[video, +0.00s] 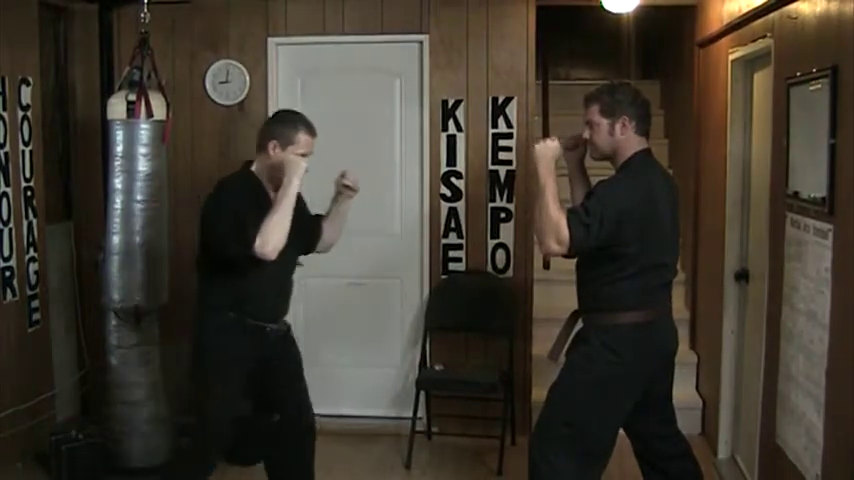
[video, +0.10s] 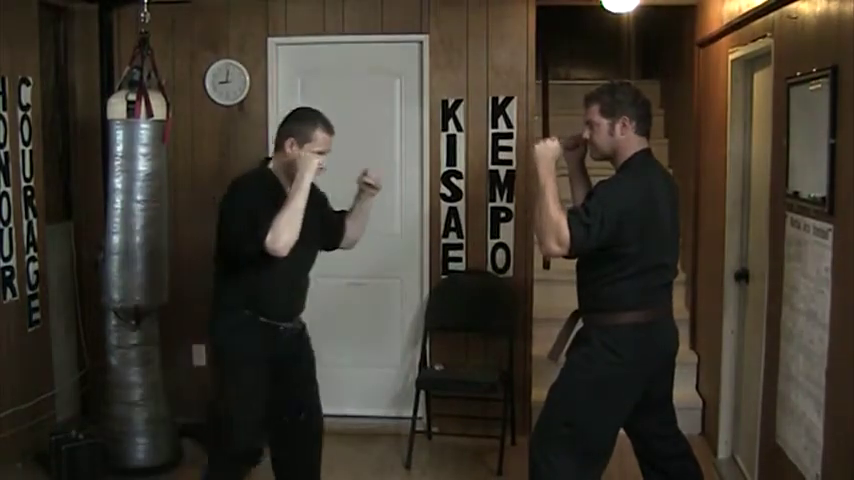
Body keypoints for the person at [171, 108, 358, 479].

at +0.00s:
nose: (304, 165)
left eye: (308, 156)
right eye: (301, 154)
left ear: (279, 152)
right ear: (273, 149)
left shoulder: (282, 196)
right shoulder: (231, 192)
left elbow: (318, 241)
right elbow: (267, 247)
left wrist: (341, 201)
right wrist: (290, 182)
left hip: (274, 336)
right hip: (228, 336)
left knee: (297, 430)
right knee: (214, 433)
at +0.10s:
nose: (322, 163)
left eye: (325, 155)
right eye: (318, 153)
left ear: (294, 149)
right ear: (289, 147)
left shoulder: (307, 195)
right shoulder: (247, 190)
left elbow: (342, 237)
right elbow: (278, 244)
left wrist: (364, 199)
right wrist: (303, 178)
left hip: (290, 335)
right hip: (244, 336)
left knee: (302, 438)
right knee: (239, 444)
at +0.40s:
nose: (359, 164)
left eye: (361, 155)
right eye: (352, 155)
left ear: (331, 151)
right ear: (323, 149)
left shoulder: (342, 195)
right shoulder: (281, 195)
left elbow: (371, 247)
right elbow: (304, 250)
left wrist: (395, 210)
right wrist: (328, 183)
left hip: (340, 335)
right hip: (292, 336)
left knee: (379, 419)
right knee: (310, 437)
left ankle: (347, 478)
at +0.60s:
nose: (403, 166)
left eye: (405, 157)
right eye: (397, 156)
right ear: (367, 150)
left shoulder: (391, 200)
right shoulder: (322, 195)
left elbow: (420, 242)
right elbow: (335, 252)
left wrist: (465, 233)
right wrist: (367, 188)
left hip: (374, 340)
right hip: (323, 338)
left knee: (419, 444)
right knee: (323, 447)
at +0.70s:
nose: (426, 170)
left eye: (428, 162)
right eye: (420, 161)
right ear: (391, 155)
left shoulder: (420, 206)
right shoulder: (344, 198)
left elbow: (474, 235)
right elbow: (342, 256)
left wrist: (524, 252)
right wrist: (384, 196)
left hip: (395, 344)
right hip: (340, 342)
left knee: (436, 451)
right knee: (335, 452)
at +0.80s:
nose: (441, 171)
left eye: (444, 162)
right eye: (434, 161)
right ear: (406, 154)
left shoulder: (436, 207)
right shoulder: (358, 196)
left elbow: (487, 254)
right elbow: (352, 258)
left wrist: (536, 283)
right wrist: (399, 199)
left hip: (408, 344)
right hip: (352, 340)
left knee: (442, 443)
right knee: (342, 442)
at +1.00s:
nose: (453, 170)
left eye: (455, 162)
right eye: (447, 161)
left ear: (427, 156)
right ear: (419, 155)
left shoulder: (443, 206)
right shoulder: (368, 196)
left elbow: (488, 253)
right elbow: (369, 257)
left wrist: (539, 281)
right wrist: (413, 200)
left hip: (414, 345)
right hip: (360, 341)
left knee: (446, 443)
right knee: (337, 445)